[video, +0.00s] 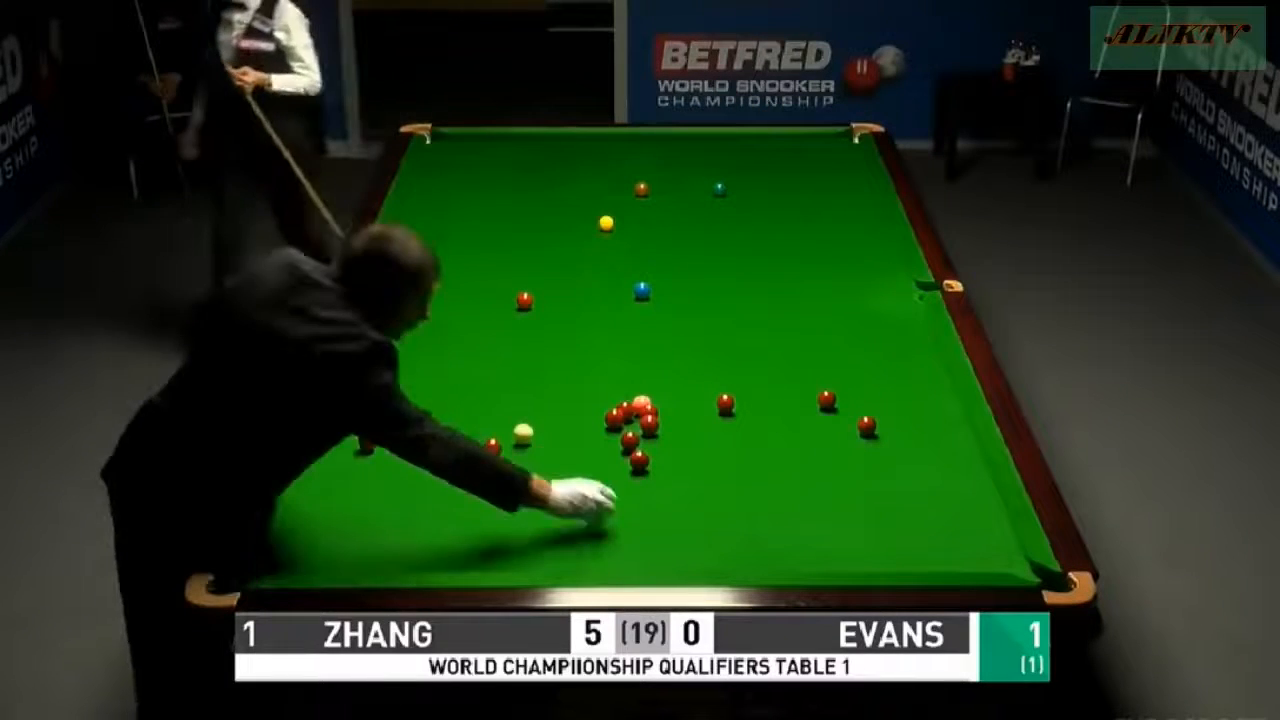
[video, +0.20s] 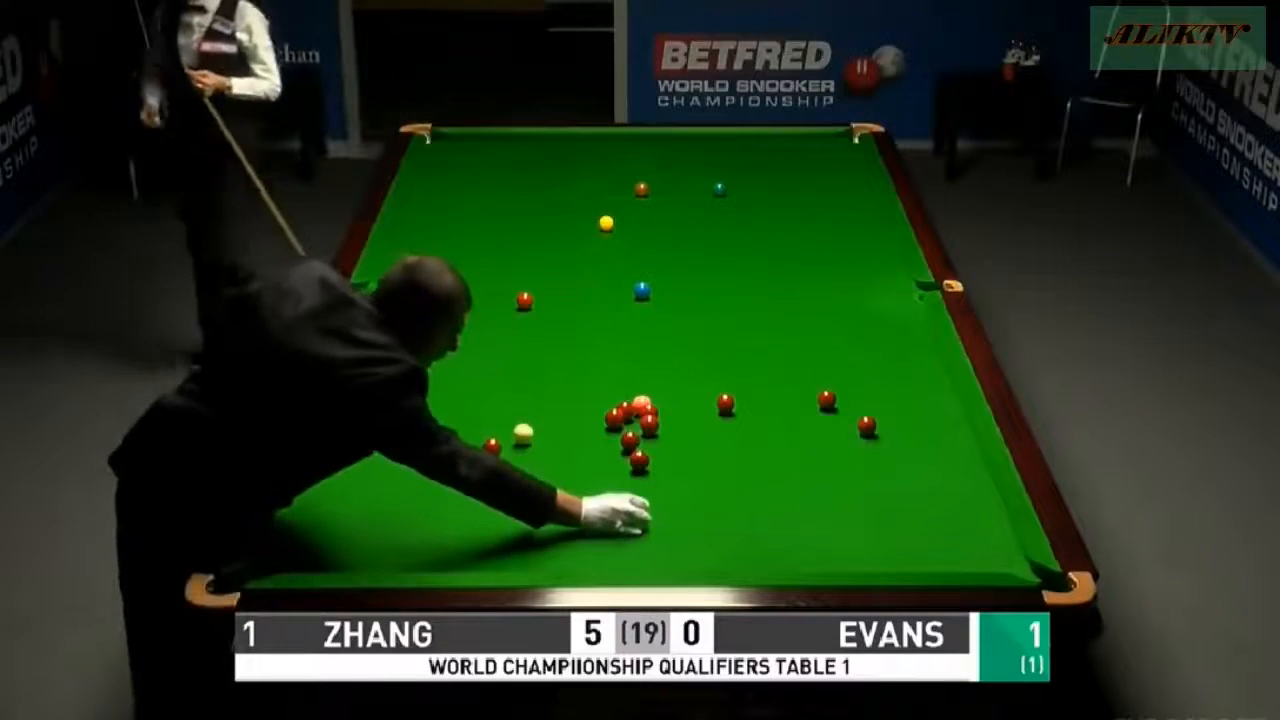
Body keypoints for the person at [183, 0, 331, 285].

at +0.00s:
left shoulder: (286, 14)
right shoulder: (224, 18)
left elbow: (312, 81)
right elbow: (209, 80)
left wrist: (264, 80)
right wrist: (193, 130)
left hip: (281, 135)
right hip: (230, 133)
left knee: (295, 221)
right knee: (229, 219)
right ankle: (224, 296)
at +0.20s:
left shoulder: (245, 15)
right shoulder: (171, 17)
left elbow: (271, 85)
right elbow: (155, 68)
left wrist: (225, 84)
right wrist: (152, 98)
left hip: (231, 148)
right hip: (186, 144)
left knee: (232, 252)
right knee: (202, 252)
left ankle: (242, 355)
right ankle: (213, 351)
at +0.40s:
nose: (162, 2)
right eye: (157, 0)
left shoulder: (214, 26)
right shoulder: (130, 26)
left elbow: (238, 98)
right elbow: (107, 89)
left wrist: (191, 96)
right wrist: (126, 87)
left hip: (200, 155)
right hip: (153, 152)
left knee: (183, 259)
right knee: (191, 251)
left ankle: (180, 371)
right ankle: (220, 341)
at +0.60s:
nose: (132, 8)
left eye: (137, 3)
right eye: (128, 4)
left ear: (151, 4)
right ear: (120, 6)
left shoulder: (184, 44)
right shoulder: (99, 44)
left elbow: (209, 117)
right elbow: (78, 113)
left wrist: (162, 112)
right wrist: (97, 102)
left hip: (173, 172)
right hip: (122, 171)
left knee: (157, 282)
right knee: (167, 271)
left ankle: (150, 400)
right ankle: (213, 349)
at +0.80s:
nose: (100, 7)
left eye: (107, 2)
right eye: (96, 3)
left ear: (123, 4)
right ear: (88, 6)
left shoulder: (157, 49)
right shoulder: (69, 48)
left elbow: (182, 125)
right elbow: (45, 121)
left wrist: (132, 116)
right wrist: (66, 104)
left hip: (145, 193)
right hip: (89, 191)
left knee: (144, 302)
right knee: (96, 297)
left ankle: (145, 418)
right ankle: (147, 363)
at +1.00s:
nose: (72, 13)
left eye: (78, 4)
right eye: (66, 6)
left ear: (94, 6)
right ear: (57, 10)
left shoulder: (134, 59)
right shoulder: (43, 63)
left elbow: (156, 136)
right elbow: (22, 140)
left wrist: (104, 121)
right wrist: (37, 110)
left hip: (127, 211)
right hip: (65, 211)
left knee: (136, 328)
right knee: (69, 330)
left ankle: (147, 438)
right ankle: (62, 447)